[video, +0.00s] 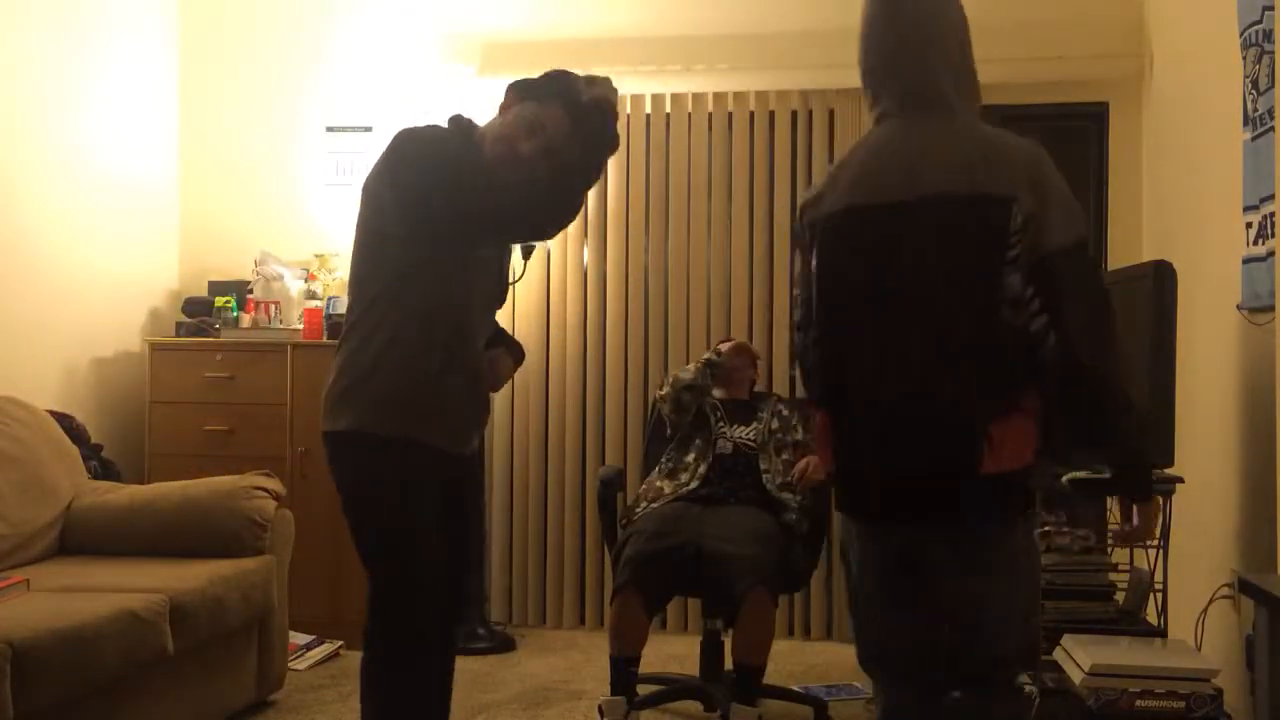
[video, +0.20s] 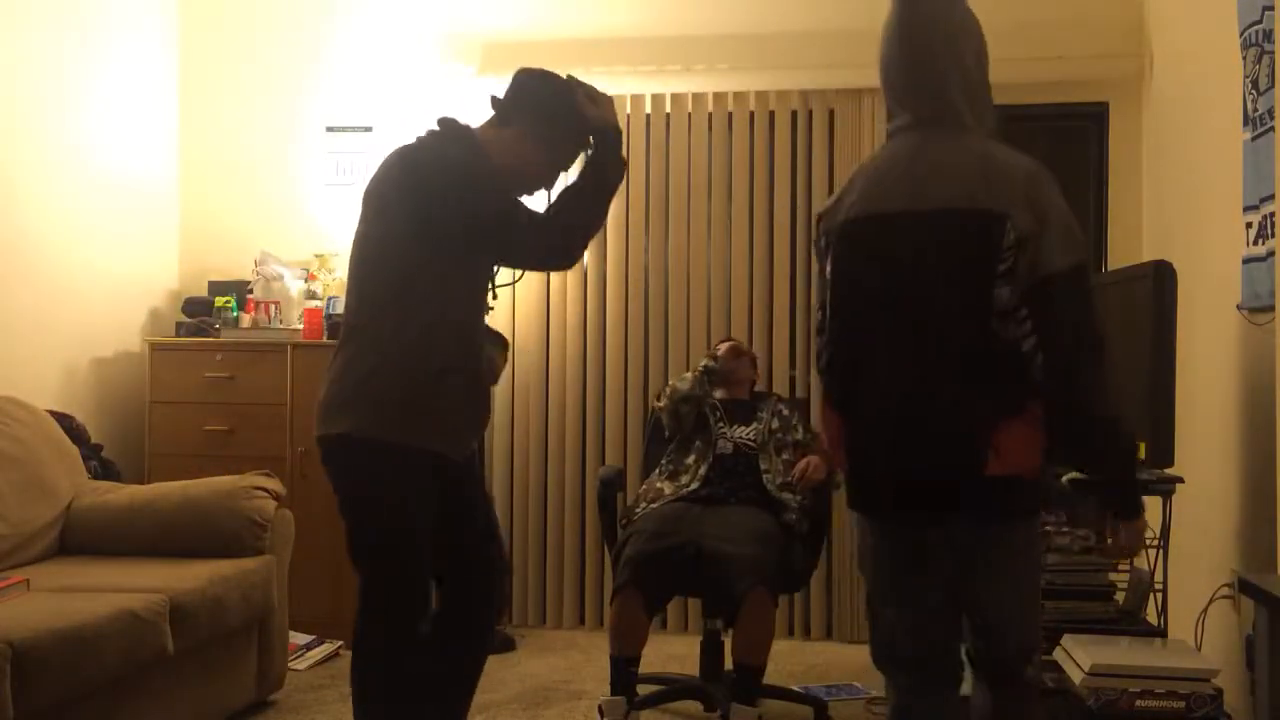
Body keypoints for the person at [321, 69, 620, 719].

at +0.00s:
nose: (529, 152)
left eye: (546, 152)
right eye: (531, 129)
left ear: (551, 162)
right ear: (507, 105)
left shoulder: (480, 193)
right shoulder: (425, 149)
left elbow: (466, 309)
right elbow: (540, 210)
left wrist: (506, 346)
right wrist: (602, 125)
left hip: (441, 432)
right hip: (388, 427)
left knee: (432, 619)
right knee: (410, 618)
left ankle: (421, 714)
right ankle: (397, 713)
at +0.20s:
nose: (542, 182)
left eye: (552, 171)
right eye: (549, 165)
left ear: (508, 125)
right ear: (522, 132)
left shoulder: (453, 176)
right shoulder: (437, 167)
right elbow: (554, 245)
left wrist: (476, 340)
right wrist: (609, 147)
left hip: (431, 431)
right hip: (385, 430)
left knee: (477, 585)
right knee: (395, 599)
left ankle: (434, 712)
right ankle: (389, 714)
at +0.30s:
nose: (539, 183)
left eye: (549, 172)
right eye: (545, 166)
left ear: (502, 127)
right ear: (513, 132)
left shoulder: (448, 177)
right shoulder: (438, 174)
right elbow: (557, 254)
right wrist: (605, 157)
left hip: (430, 433)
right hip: (388, 431)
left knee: (482, 583)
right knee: (397, 606)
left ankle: (435, 711)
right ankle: (390, 713)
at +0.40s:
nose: (537, 176)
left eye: (547, 164)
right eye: (542, 159)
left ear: (493, 122)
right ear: (509, 130)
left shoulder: (419, 171)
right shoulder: (452, 178)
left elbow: (546, 260)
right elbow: (558, 259)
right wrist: (595, 160)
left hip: (387, 427)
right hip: (408, 433)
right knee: (446, 588)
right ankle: (415, 712)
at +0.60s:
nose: (519, 166)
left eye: (527, 155)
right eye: (523, 151)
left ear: (471, 115)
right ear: (501, 129)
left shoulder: (375, 178)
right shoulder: (470, 173)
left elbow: (336, 308)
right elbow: (552, 259)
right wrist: (563, 154)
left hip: (375, 417)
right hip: (433, 422)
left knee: (406, 606)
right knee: (424, 611)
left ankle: (387, 713)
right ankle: (400, 715)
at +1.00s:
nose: (492, 164)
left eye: (493, 152)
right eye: (492, 152)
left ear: (439, 128)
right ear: (476, 141)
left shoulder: (352, 202)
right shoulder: (454, 196)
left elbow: (334, 317)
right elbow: (533, 261)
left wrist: (397, 340)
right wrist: (522, 158)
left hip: (385, 424)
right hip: (450, 425)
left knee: (417, 587)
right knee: (459, 600)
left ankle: (397, 708)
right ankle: (429, 711)